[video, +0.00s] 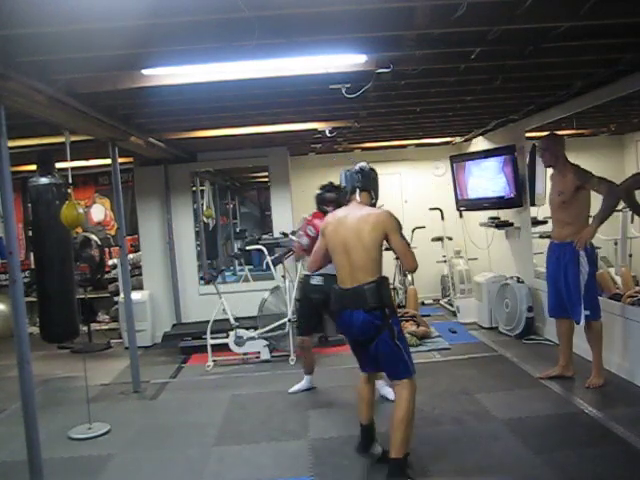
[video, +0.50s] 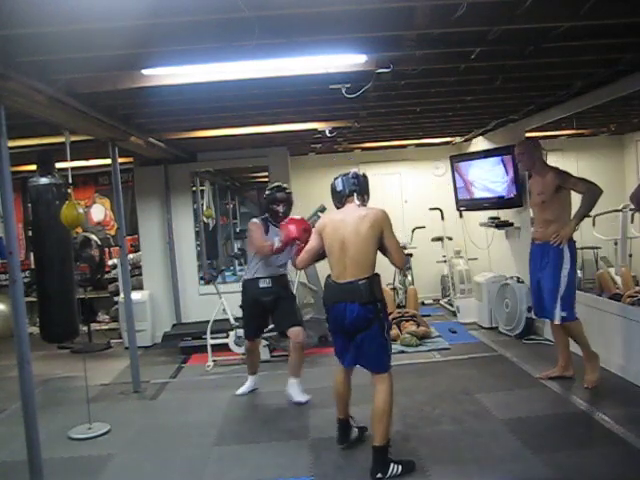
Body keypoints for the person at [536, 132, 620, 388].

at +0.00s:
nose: (542, 156)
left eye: (546, 151)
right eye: (541, 151)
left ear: (559, 151)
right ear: (547, 153)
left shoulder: (577, 174)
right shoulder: (555, 175)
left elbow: (614, 192)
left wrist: (592, 227)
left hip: (578, 250)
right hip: (556, 250)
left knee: (588, 313)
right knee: (560, 310)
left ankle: (597, 370)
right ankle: (564, 365)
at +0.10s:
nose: (538, 157)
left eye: (541, 151)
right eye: (536, 153)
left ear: (555, 149)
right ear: (541, 154)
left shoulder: (574, 172)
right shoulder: (550, 175)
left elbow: (612, 184)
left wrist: (592, 220)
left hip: (576, 249)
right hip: (553, 249)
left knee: (587, 311)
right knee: (559, 309)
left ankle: (598, 370)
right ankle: (564, 365)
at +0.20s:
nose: (531, 157)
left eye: (534, 152)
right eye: (531, 153)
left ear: (549, 150)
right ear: (539, 153)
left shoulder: (569, 171)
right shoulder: (547, 175)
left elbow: (609, 183)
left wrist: (587, 218)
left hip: (571, 249)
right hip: (550, 249)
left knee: (583, 311)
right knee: (557, 309)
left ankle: (598, 368)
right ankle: (564, 364)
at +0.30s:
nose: (525, 157)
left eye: (528, 151)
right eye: (524, 153)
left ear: (543, 150)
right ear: (533, 154)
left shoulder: (565, 173)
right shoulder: (540, 177)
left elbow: (603, 187)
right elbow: (552, 206)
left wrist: (581, 221)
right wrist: (546, 230)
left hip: (567, 249)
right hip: (546, 249)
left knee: (579, 310)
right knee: (556, 309)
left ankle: (597, 367)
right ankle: (564, 365)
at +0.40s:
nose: (520, 160)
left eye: (523, 155)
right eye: (518, 156)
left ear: (539, 152)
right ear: (522, 158)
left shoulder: (559, 174)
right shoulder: (534, 178)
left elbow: (598, 189)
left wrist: (575, 225)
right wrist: (541, 231)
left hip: (562, 249)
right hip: (542, 250)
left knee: (570, 312)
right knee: (554, 311)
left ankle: (595, 363)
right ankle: (564, 365)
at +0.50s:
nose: (518, 160)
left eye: (522, 155)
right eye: (516, 157)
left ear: (537, 153)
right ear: (519, 159)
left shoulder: (556, 176)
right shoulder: (531, 180)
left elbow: (593, 191)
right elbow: (541, 207)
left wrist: (572, 225)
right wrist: (537, 226)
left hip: (559, 248)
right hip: (538, 249)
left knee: (562, 313)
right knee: (551, 311)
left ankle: (590, 357)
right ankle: (564, 365)